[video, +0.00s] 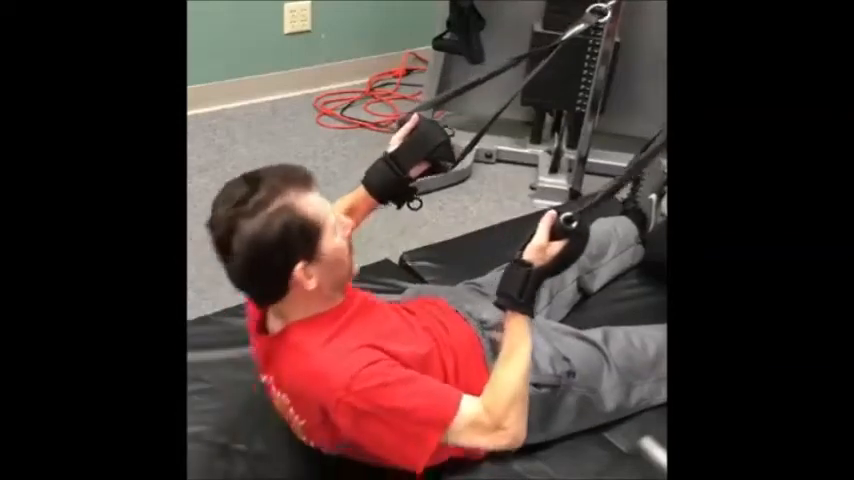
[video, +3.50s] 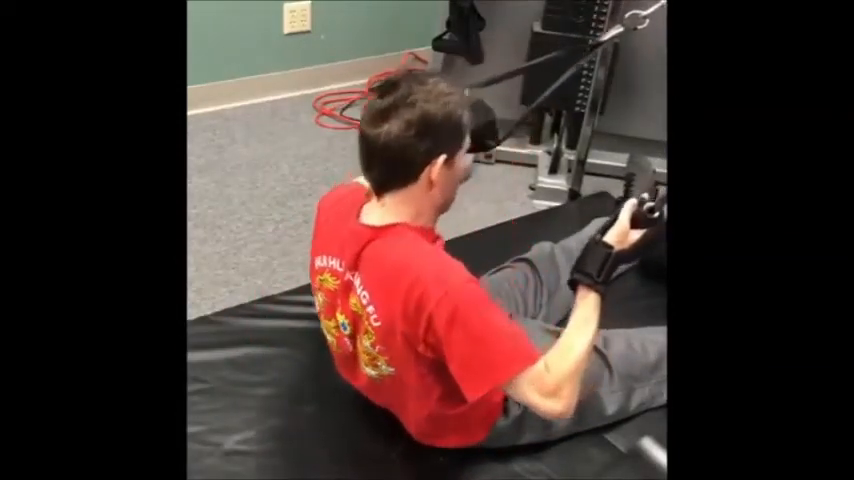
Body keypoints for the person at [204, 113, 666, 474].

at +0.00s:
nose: (344, 223)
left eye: (333, 217)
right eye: (333, 224)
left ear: (293, 276)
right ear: (304, 276)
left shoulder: (274, 300)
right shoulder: (351, 384)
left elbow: (336, 230)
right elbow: (500, 427)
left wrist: (385, 176)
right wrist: (524, 286)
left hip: (454, 306)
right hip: (508, 379)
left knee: (606, 230)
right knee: (656, 350)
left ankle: (638, 221)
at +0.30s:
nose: (396, 190)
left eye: (390, 181)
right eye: (388, 186)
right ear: (358, 220)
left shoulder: (290, 251)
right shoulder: (383, 340)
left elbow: (334, 197)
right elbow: (516, 421)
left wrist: (400, 155)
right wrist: (545, 282)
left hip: (453, 305)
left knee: (558, 264)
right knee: (659, 349)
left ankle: (634, 218)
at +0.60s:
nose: (445, 175)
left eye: (443, 161)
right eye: (441, 165)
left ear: (357, 169)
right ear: (413, 183)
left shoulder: (322, 218)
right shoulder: (418, 306)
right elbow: (534, 413)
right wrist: (564, 279)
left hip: (451, 311)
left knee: (557, 260)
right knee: (662, 348)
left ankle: (641, 229)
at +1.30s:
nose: (507, 162)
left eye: (510, 150)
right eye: (509, 149)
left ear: (426, 141)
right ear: (490, 153)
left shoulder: (363, 193)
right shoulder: (471, 262)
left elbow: (357, 173)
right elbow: (566, 404)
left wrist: (433, 139)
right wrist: (613, 265)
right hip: (481, 407)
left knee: (554, 260)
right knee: (662, 346)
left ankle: (631, 217)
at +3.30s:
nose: (488, 161)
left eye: (491, 149)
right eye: (489, 149)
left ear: (402, 145)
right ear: (462, 157)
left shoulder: (350, 198)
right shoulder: (454, 265)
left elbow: (399, 165)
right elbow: (568, 386)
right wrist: (605, 261)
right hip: (481, 407)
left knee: (555, 259)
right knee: (662, 347)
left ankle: (629, 223)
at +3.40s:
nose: (477, 163)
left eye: (478, 151)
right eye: (476, 152)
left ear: (392, 151)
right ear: (448, 165)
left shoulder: (344, 201)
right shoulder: (446, 275)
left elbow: (392, 169)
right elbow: (562, 390)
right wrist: (600, 265)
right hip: (478, 405)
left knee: (551, 261)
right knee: (662, 347)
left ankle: (628, 223)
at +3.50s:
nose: (469, 166)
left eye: (468, 153)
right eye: (466, 154)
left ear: (380, 155)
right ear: (436, 170)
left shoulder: (338, 205)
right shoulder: (435, 283)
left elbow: (388, 172)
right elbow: (555, 396)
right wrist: (597, 270)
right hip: (475, 405)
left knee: (545, 264)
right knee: (660, 350)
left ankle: (626, 225)